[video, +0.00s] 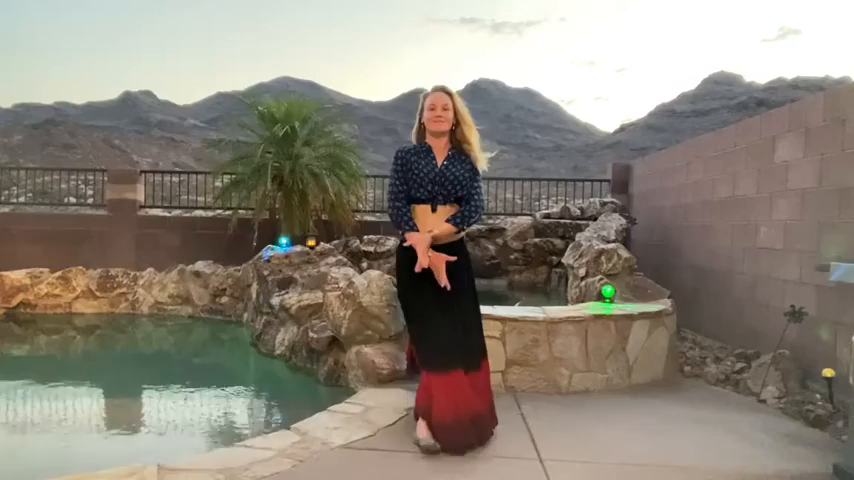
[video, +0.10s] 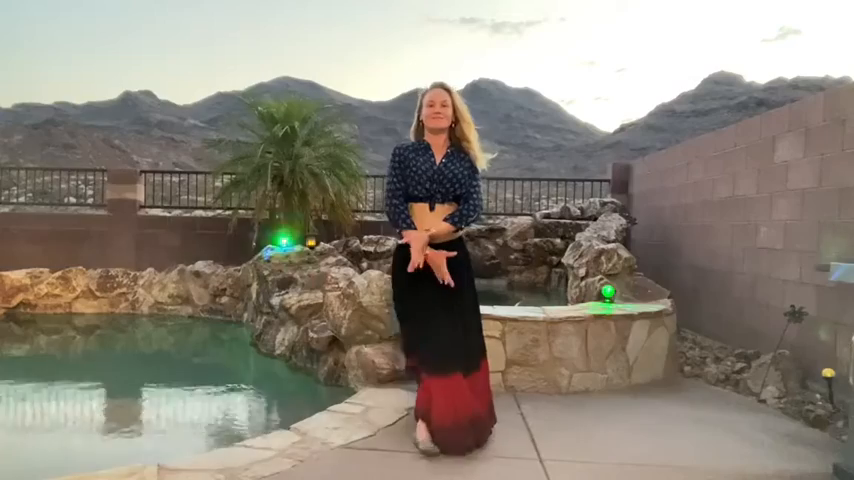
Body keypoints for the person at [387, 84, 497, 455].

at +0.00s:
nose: (438, 115)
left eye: (445, 109)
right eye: (432, 109)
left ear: (455, 116)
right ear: (422, 115)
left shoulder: (464, 159)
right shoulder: (406, 155)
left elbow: (475, 209)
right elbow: (396, 206)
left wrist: (431, 235)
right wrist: (426, 250)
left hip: (453, 253)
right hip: (414, 255)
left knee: (454, 334)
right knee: (435, 336)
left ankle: (425, 415)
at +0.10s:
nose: (437, 111)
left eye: (444, 106)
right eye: (431, 106)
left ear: (454, 113)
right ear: (421, 112)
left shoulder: (463, 159)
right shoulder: (404, 153)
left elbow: (472, 209)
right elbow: (395, 206)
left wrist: (426, 235)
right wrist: (428, 251)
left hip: (453, 252)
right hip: (413, 255)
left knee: (452, 333)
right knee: (430, 336)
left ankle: (426, 418)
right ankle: (447, 418)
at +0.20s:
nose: (435, 108)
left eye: (442, 103)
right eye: (429, 103)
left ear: (452, 111)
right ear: (419, 109)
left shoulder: (462, 156)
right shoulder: (401, 152)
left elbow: (472, 207)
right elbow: (393, 207)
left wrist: (425, 234)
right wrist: (427, 251)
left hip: (452, 254)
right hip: (411, 256)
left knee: (450, 335)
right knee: (418, 337)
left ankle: (427, 420)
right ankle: (425, 415)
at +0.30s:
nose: (434, 104)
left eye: (442, 99)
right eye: (428, 99)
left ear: (452, 107)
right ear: (417, 106)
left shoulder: (463, 154)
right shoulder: (399, 151)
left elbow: (470, 206)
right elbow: (392, 206)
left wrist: (424, 235)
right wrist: (428, 251)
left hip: (450, 254)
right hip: (409, 255)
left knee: (443, 338)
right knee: (413, 338)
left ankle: (424, 426)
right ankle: (403, 420)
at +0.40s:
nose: (434, 102)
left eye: (441, 97)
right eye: (427, 96)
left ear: (452, 105)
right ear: (416, 104)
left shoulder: (465, 154)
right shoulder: (397, 151)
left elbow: (470, 206)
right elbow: (392, 208)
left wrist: (422, 241)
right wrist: (426, 251)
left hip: (452, 257)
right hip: (407, 259)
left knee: (455, 344)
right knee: (412, 347)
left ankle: (458, 437)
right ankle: (411, 452)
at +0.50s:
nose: (433, 100)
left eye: (440, 95)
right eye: (426, 95)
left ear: (452, 104)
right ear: (414, 103)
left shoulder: (466, 154)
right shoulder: (395, 153)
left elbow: (469, 208)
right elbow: (390, 210)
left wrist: (420, 243)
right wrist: (425, 256)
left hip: (450, 261)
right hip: (405, 263)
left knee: (453, 351)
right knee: (410, 355)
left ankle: (456, 449)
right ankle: (417, 458)